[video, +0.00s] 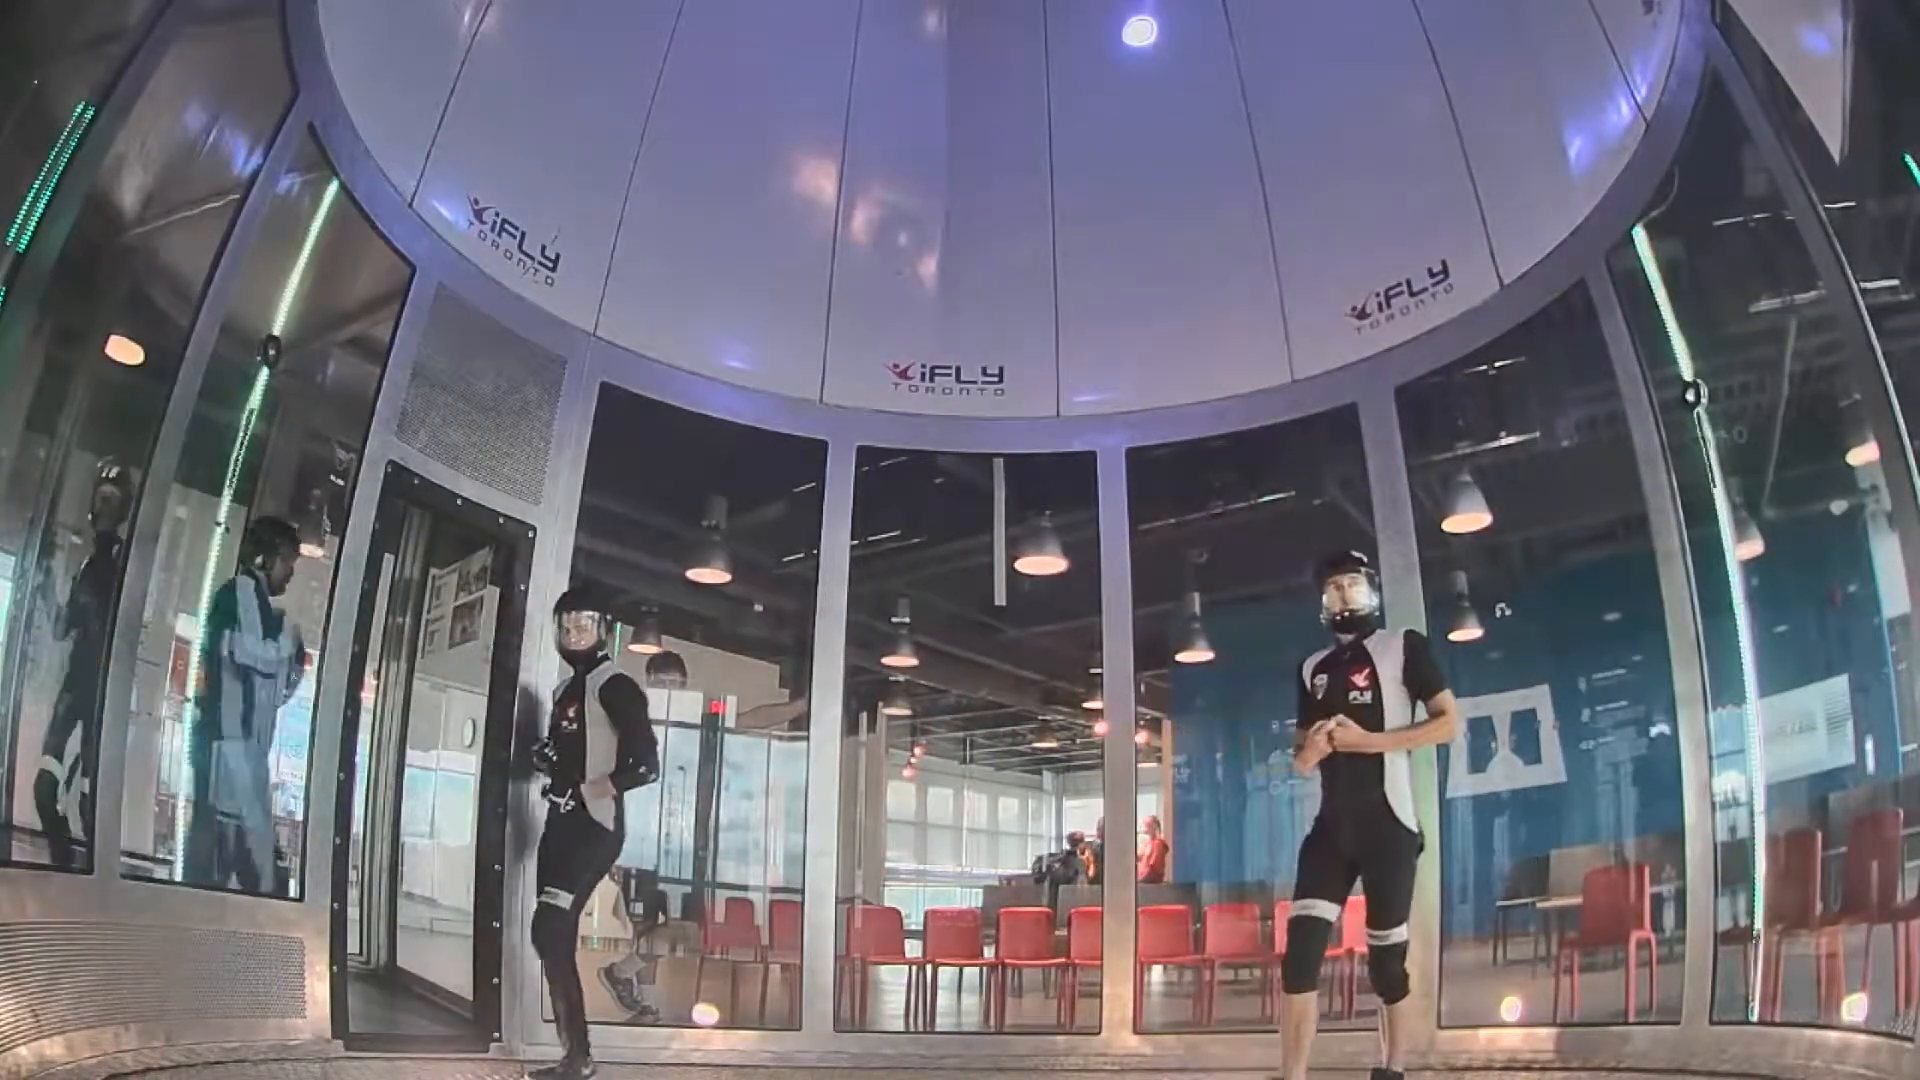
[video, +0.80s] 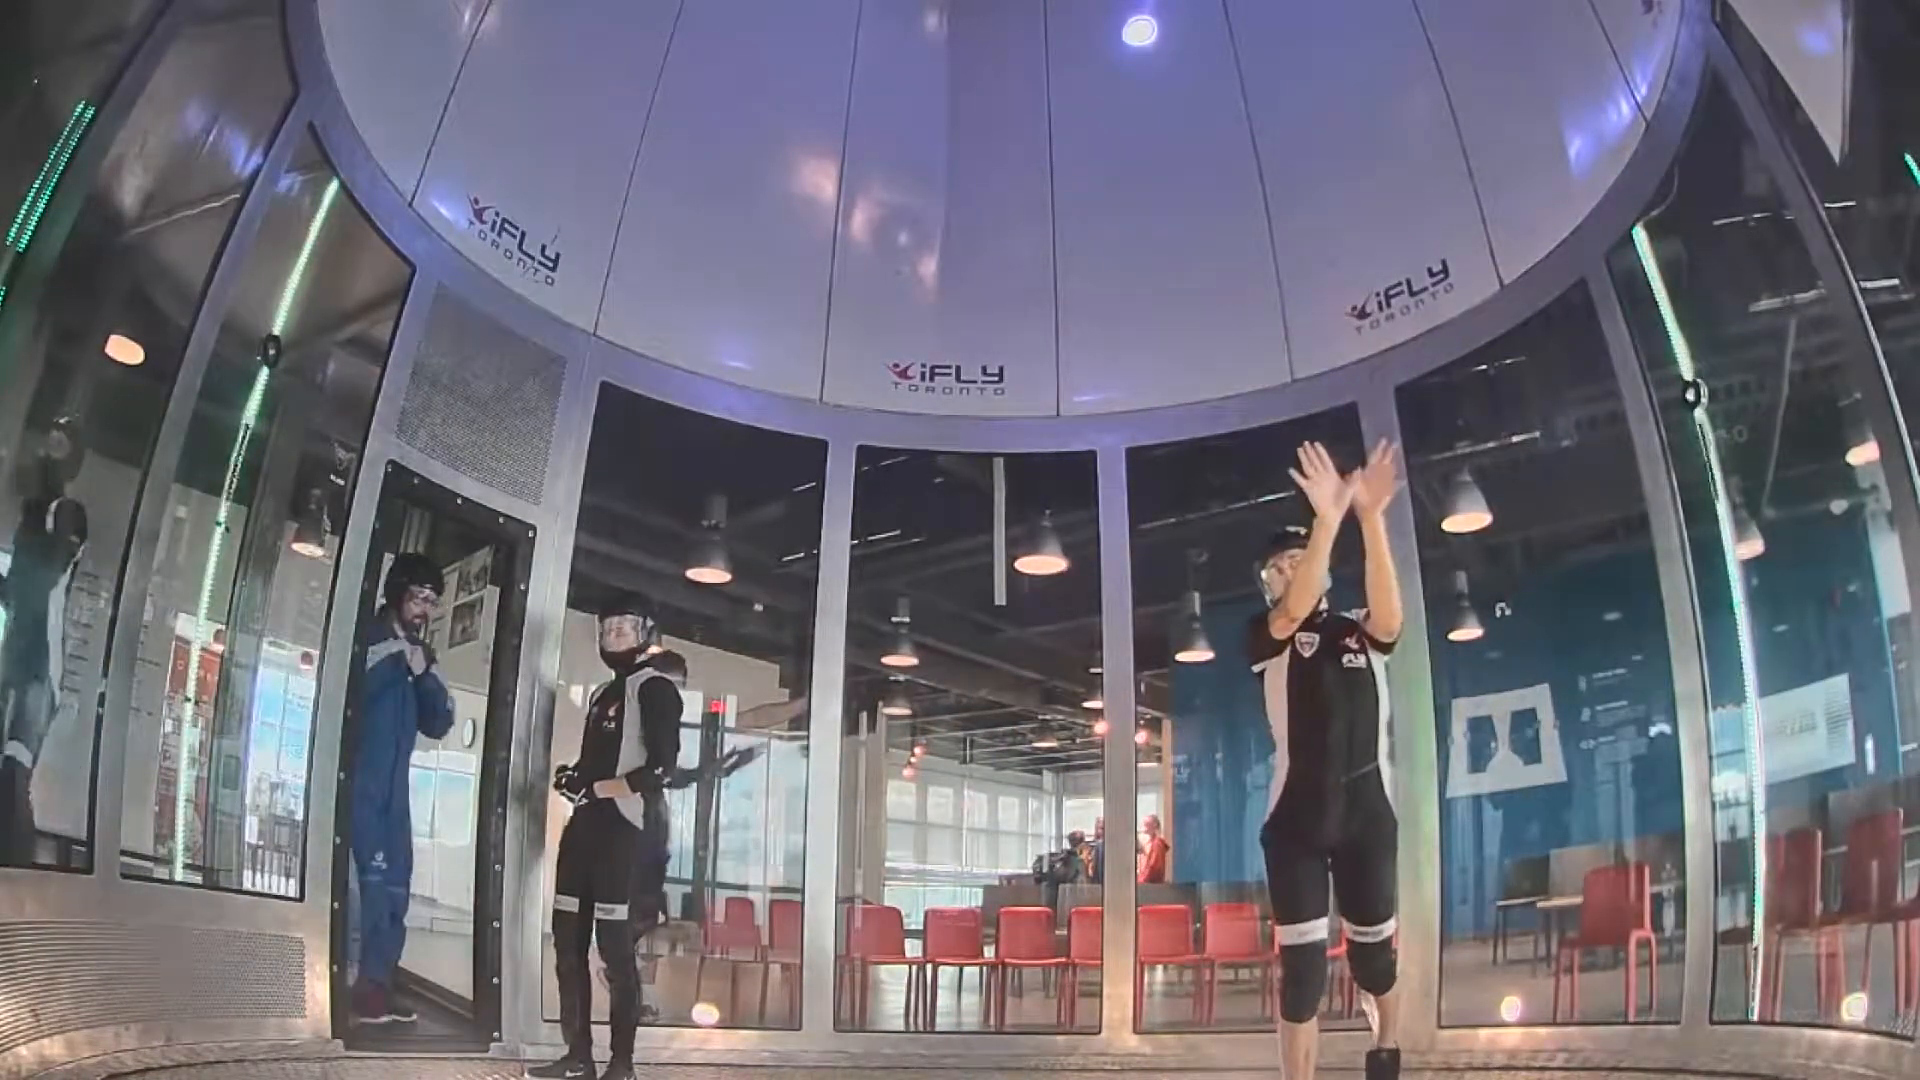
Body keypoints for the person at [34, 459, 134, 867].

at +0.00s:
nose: (105, 506)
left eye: (113, 500)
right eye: (101, 498)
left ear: (126, 509)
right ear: (92, 504)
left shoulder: (131, 561)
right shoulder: (88, 563)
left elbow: (131, 621)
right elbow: (64, 627)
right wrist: (55, 596)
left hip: (112, 677)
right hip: (80, 671)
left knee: (94, 789)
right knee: (45, 784)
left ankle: (97, 866)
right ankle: (66, 865)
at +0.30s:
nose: (84, 490)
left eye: (95, 486)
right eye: (81, 481)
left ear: (108, 498)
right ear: (71, 483)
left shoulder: (112, 548)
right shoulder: (44, 534)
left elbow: (87, 597)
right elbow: (24, 599)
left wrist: (78, 544)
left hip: (79, 672)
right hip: (33, 665)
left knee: (80, 769)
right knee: (17, 766)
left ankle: (81, 852)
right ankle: (11, 838)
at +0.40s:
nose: (80, 485)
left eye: (90, 480)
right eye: (77, 475)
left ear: (104, 489)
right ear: (67, 474)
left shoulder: (102, 537)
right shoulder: (44, 522)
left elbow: (82, 581)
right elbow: (26, 574)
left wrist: (67, 538)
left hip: (68, 642)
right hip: (29, 635)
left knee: (71, 725)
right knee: (22, 720)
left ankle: (73, 824)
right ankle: (5, 805)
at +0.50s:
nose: (70, 473)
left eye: (80, 468)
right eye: (67, 463)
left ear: (94, 479)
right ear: (59, 464)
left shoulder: (92, 525)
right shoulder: (41, 514)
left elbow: (74, 570)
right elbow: (26, 568)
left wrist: (65, 542)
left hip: (62, 644)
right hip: (25, 635)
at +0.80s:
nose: (51, 442)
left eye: (62, 439)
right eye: (50, 435)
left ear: (76, 458)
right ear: (44, 445)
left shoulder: (69, 510)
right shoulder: (34, 504)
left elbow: (46, 576)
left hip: (35, 668)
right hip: (17, 664)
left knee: (13, 776)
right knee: (12, 777)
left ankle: (19, 870)